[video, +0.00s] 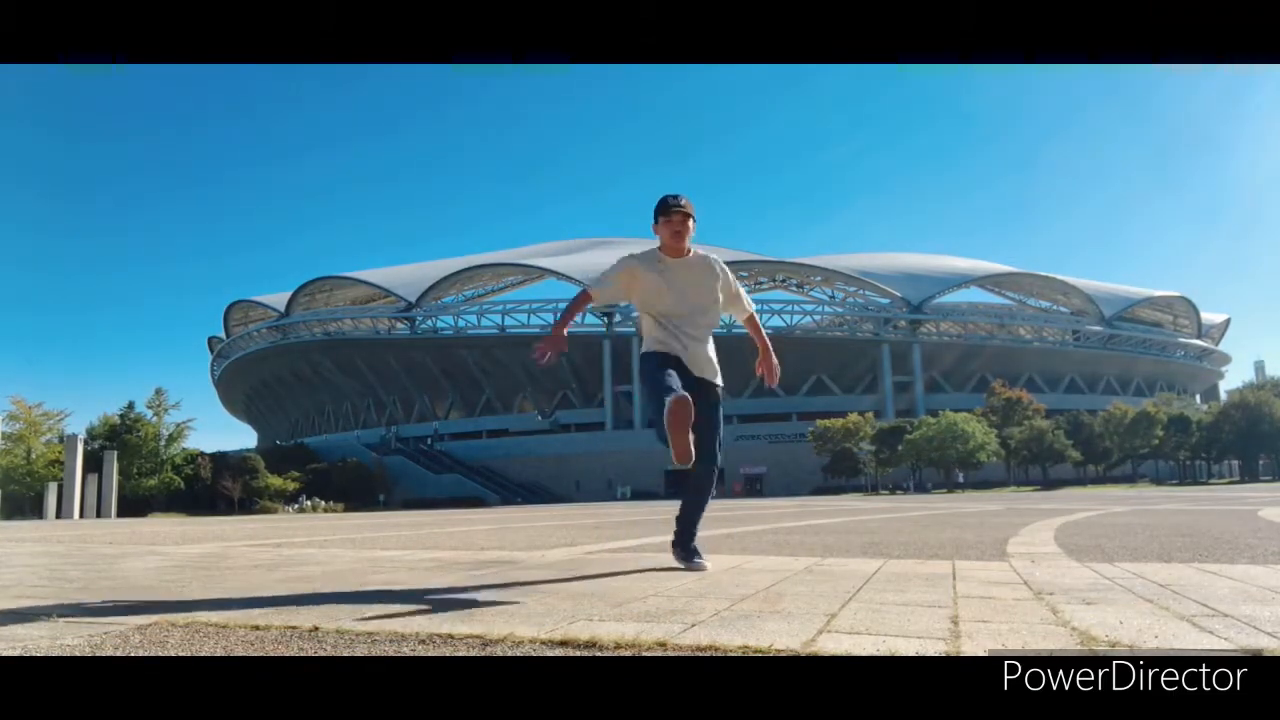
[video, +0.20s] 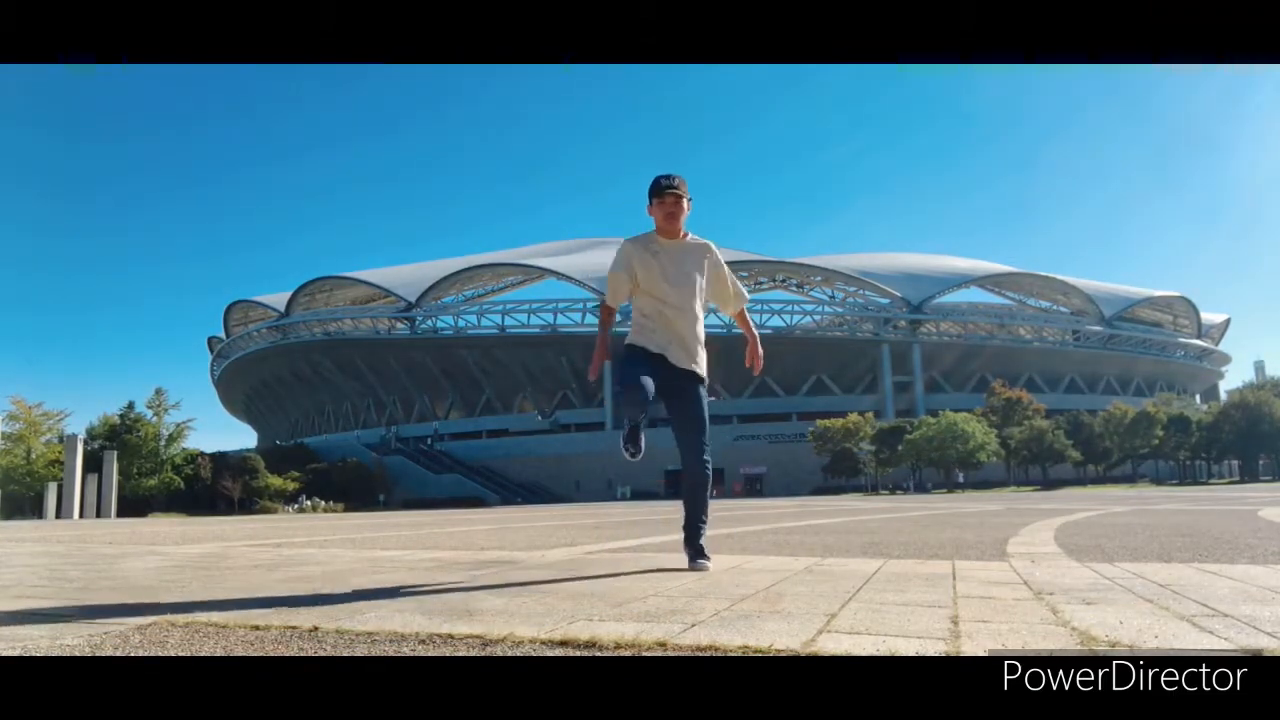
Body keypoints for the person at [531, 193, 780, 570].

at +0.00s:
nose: (678, 226)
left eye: (684, 220)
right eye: (670, 220)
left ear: (694, 225)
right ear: (657, 227)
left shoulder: (714, 270)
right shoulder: (638, 267)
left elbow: (744, 310)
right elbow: (589, 295)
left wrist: (766, 350)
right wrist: (559, 329)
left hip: (703, 363)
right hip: (659, 354)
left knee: (708, 458)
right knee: (667, 388)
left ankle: (685, 541)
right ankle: (679, 440)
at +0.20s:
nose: (672, 207)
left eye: (678, 201)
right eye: (665, 201)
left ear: (688, 207)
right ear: (652, 208)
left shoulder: (705, 252)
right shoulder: (634, 249)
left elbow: (731, 298)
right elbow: (611, 301)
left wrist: (753, 338)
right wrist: (601, 347)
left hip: (686, 357)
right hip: (643, 348)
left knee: (696, 454)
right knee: (635, 389)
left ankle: (695, 543)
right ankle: (632, 429)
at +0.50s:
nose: (641, 232)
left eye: (649, 225)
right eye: (634, 226)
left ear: (662, 230)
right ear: (623, 231)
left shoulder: (682, 271)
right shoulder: (605, 272)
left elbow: (704, 329)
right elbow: (612, 325)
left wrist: (725, 371)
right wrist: (625, 362)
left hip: (680, 391)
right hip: (627, 386)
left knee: (720, 455)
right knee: (567, 443)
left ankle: (681, 540)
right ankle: (593, 531)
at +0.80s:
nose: (616, 233)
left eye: (624, 227)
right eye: (609, 227)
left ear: (639, 230)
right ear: (599, 233)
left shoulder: (661, 277)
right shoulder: (579, 274)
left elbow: (679, 333)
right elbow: (566, 322)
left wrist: (696, 378)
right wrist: (560, 368)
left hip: (652, 401)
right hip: (595, 396)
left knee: (697, 455)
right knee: (528, 442)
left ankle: (651, 534)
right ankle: (567, 526)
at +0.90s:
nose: (610, 236)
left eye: (618, 231)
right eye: (602, 231)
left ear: (632, 239)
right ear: (593, 240)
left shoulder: (652, 289)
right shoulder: (573, 283)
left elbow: (673, 347)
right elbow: (555, 332)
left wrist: (693, 396)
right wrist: (543, 382)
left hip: (642, 415)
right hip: (584, 409)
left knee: (690, 472)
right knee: (526, 463)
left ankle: (643, 546)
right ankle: (562, 546)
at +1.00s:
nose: (604, 215)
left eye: (611, 209)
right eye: (596, 209)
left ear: (623, 219)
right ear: (584, 219)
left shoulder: (643, 269)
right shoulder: (564, 265)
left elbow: (661, 331)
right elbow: (545, 319)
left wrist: (680, 380)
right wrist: (535, 369)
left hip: (636, 392)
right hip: (580, 389)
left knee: (673, 463)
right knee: (532, 457)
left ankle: (644, 545)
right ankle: (561, 541)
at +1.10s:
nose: (593, 202)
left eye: (600, 196)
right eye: (585, 196)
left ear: (611, 204)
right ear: (572, 204)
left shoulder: (633, 251)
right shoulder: (553, 250)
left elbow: (656, 309)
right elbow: (530, 302)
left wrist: (676, 353)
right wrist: (513, 349)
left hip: (625, 371)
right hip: (573, 370)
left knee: (643, 457)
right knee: (548, 455)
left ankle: (667, 543)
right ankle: (550, 540)